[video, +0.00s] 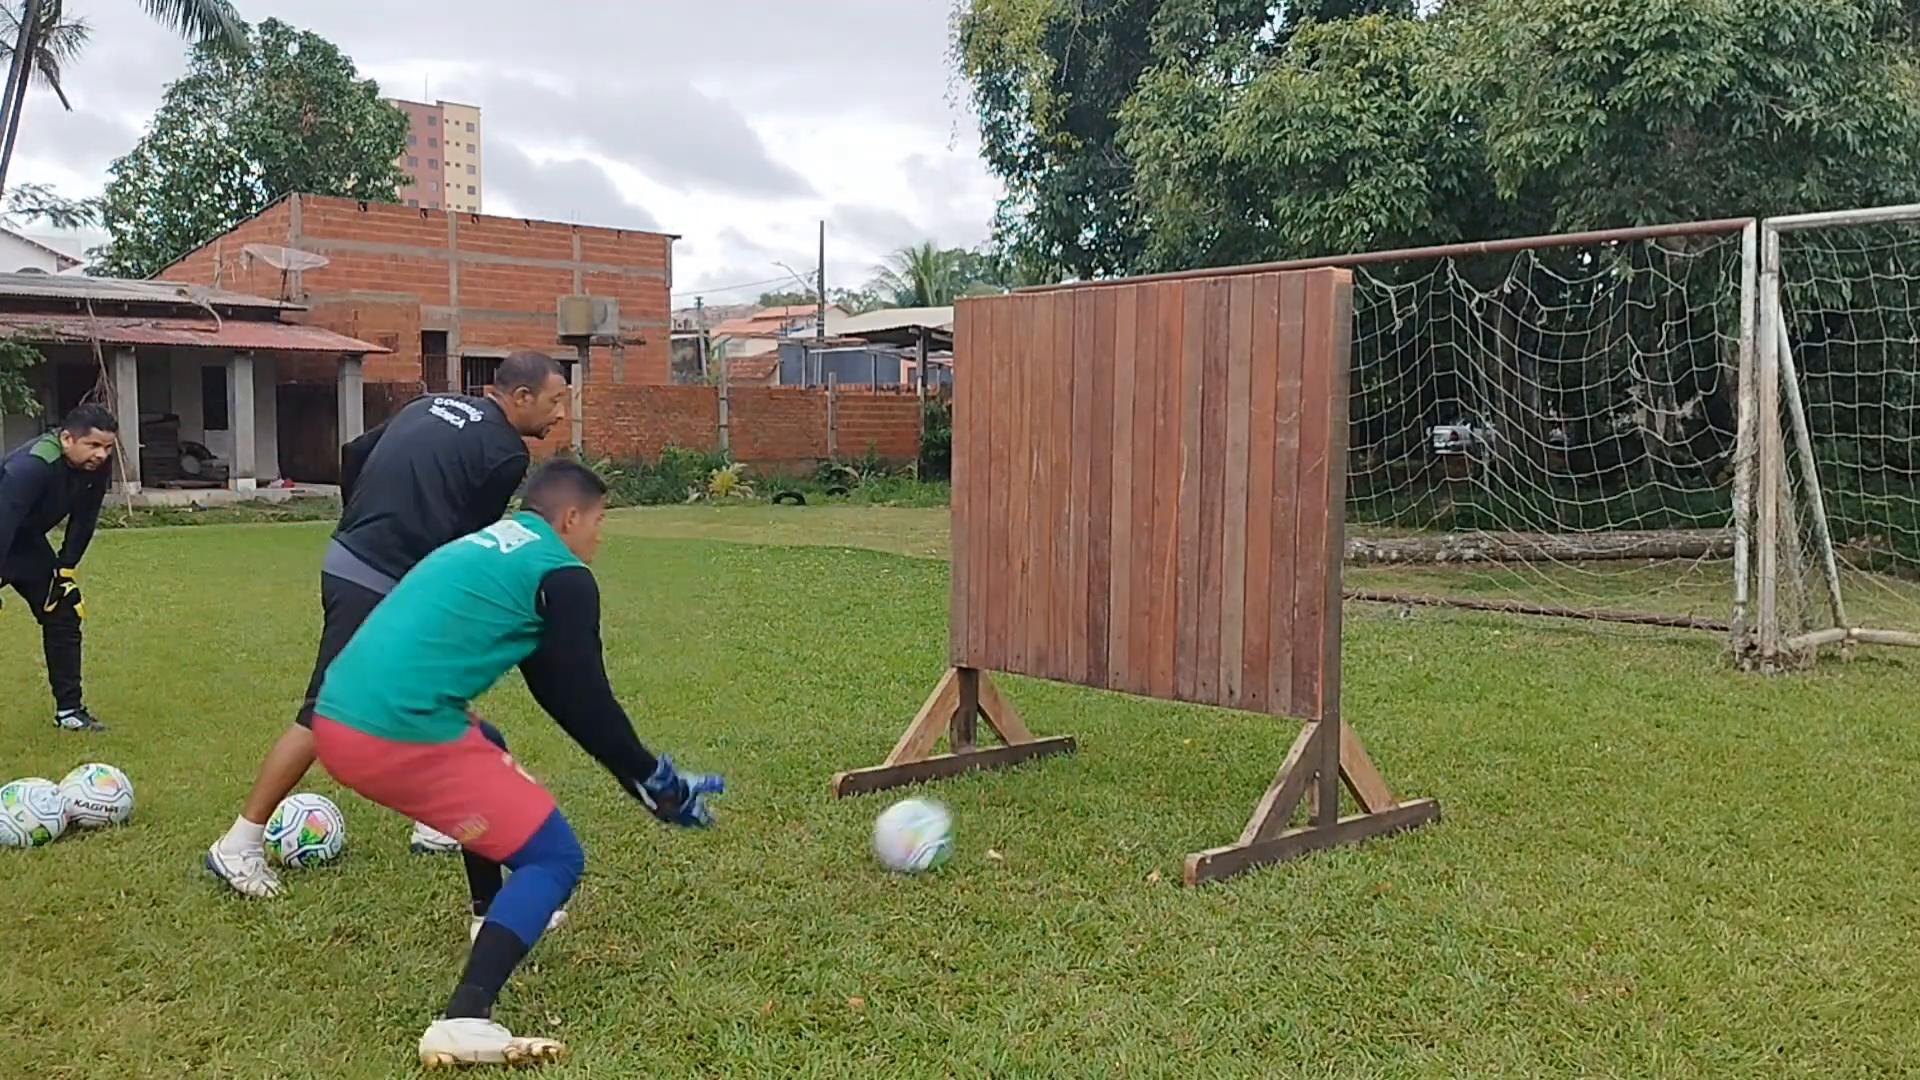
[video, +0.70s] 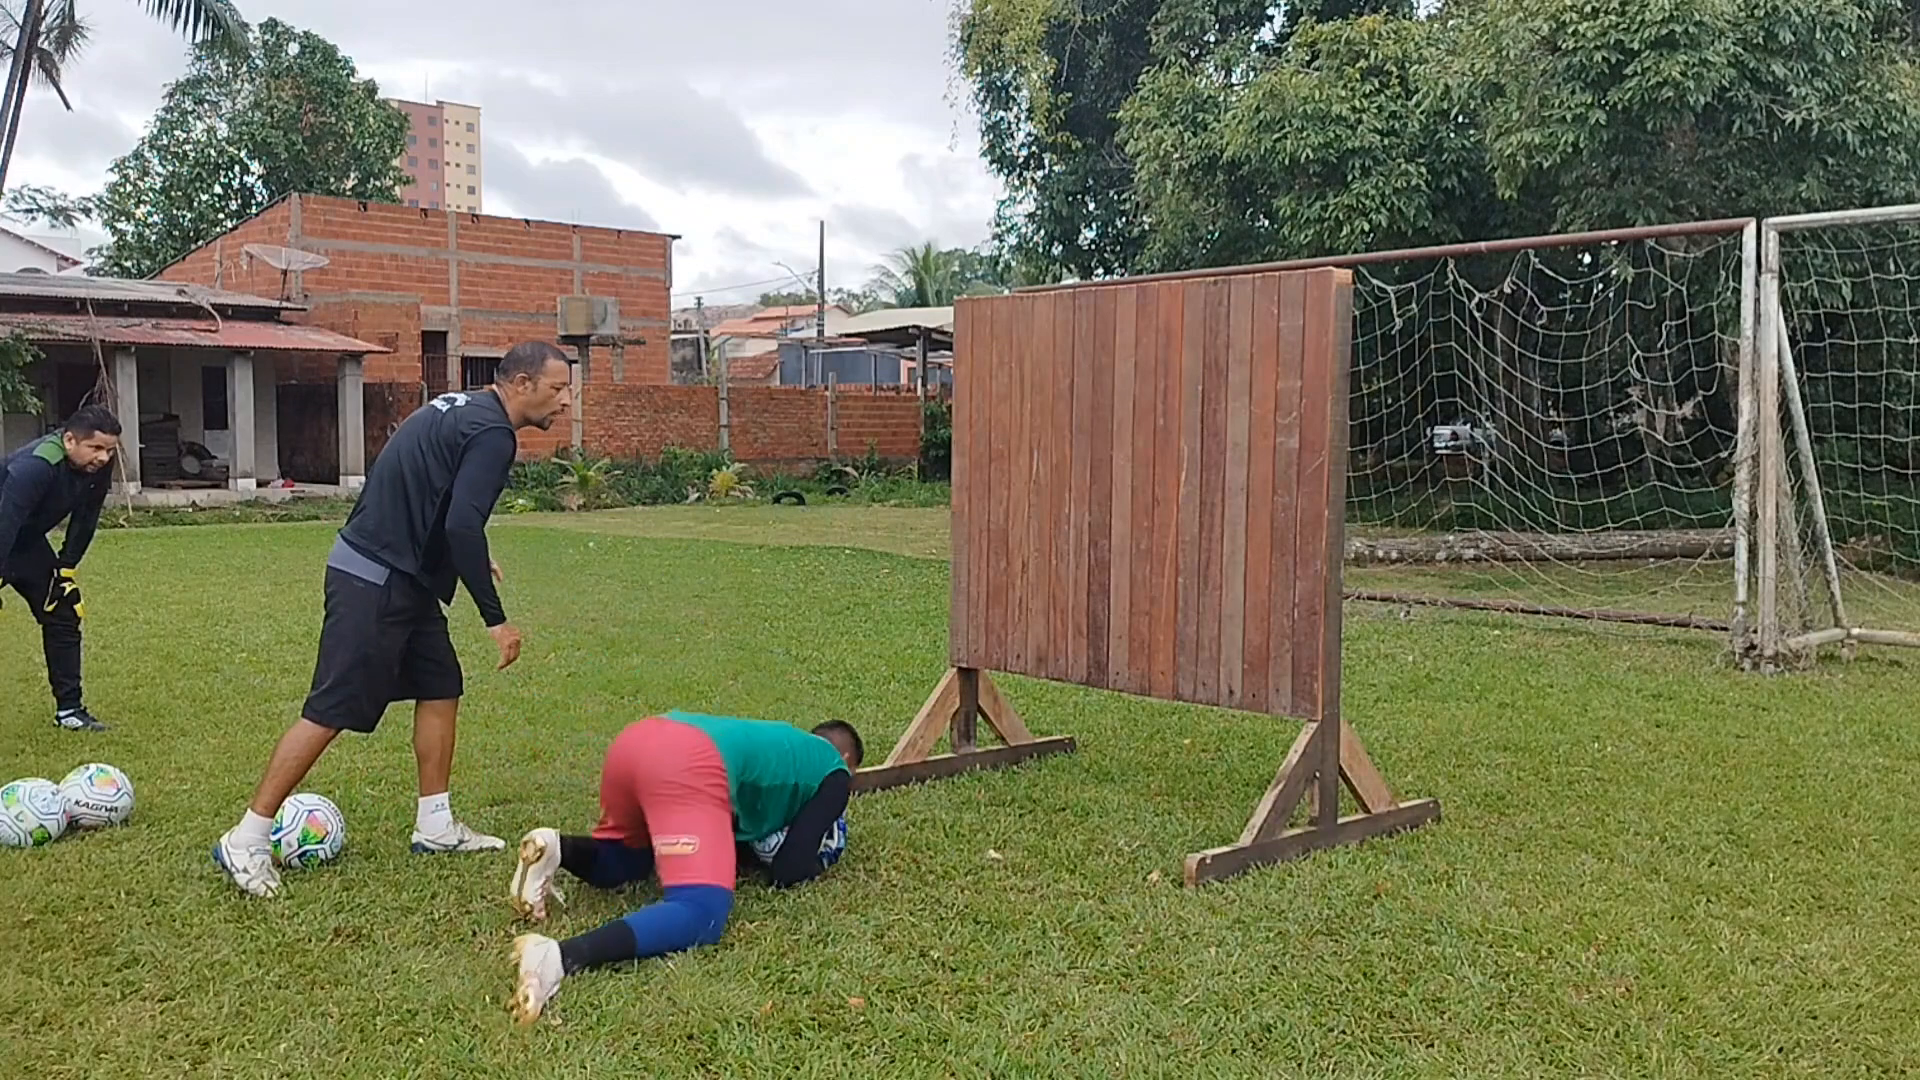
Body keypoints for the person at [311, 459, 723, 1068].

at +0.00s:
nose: (598, 538)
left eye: (600, 524)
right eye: (598, 523)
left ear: (534, 509)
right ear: (572, 517)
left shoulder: (496, 544)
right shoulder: (563, 574)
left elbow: (556, 694)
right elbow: (584, 700)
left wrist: (639, 770)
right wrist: (653, 780)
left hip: (343, 718)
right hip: (400, 737)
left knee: (485, 742)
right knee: (555, 859)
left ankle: (492, 911)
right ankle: (465, 1017)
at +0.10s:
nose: (647, 559)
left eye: (650, 545)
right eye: (648, 543)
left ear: (585, 530)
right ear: (624, 536)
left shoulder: (530, 565)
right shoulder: (608, 594)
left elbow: (540, 725)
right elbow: (592, 728)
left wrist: (584, 811)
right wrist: (623, 826)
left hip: (403, 737)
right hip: (469, 756)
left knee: (519, 773)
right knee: (587, 896)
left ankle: (510, 901)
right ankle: (476, 1018)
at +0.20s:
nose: (703, 596)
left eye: (705, 582)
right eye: (703, 581)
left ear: (639, 568)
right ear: (677, 578)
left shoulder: (583, 592)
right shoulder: (663, 633)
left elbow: (542, 695)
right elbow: (603, 740)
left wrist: (592, 771)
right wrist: (626, 808)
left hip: (441, 758)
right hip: (516, 778)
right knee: (614, 928)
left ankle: (521, 902)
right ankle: (497, 1008)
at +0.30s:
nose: (728, 636)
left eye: (730, 625)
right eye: (729, 625)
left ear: (668, 610)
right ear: (714, 625)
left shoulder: (615, 630)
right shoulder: (709, 683)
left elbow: (580, 707)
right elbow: (664, 801)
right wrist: (668, 733)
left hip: (479, 789)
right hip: (563, 816)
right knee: (647, 955)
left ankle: (520, 913)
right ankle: (527, 1006)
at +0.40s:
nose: (747, 678)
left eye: (749, 668)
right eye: (749, 667)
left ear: (693, 646)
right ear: (739, 664)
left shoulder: (647, 666)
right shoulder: (731, 706)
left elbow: (651, 804)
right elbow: (725, 824)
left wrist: (692, 774)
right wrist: (748, 764)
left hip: (497, 760)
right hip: (572, 791)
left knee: (533, 804)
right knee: (633, 954)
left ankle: (520, 909)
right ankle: (514, 997)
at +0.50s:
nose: (773, 714)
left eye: (775, 707)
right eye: (774, 707)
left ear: (719, 687)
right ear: (764, 704)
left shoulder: (678, 712)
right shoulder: (758, 739)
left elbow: (701, 838)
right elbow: (771, 862)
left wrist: (748, 795)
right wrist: (785, 789)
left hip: (538, 752)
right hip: (600, 781)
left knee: (571, 805)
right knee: (632, 949)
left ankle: (523, 892)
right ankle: (516, 1003)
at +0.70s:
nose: (846, 775)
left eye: (846, 767)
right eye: (849, 769)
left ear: (813, 739)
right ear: (846, 759)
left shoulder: (769, 745)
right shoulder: (836, 773)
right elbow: (787, 870)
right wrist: (821, 851)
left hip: (636, 737)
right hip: (689, 757)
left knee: (627, 863)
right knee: (701, 914)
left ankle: (554, 848)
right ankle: (559, 957)